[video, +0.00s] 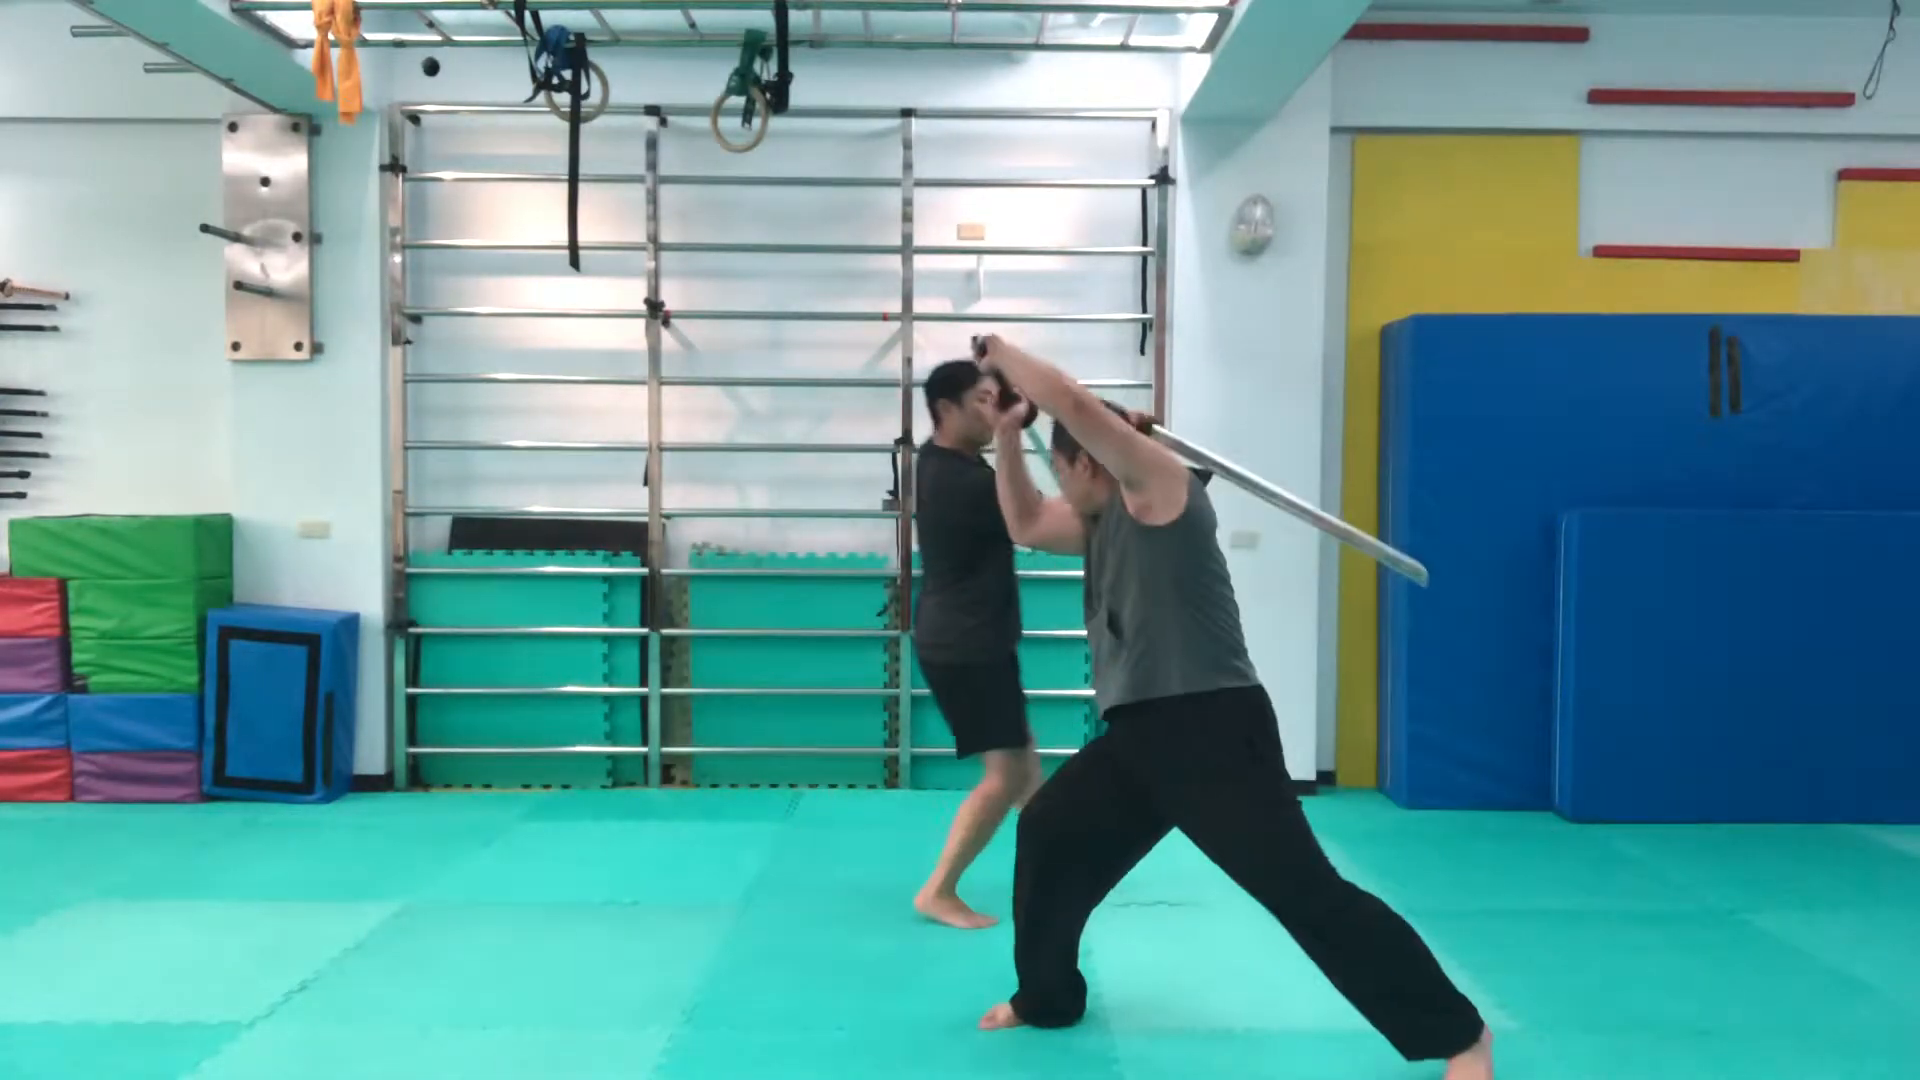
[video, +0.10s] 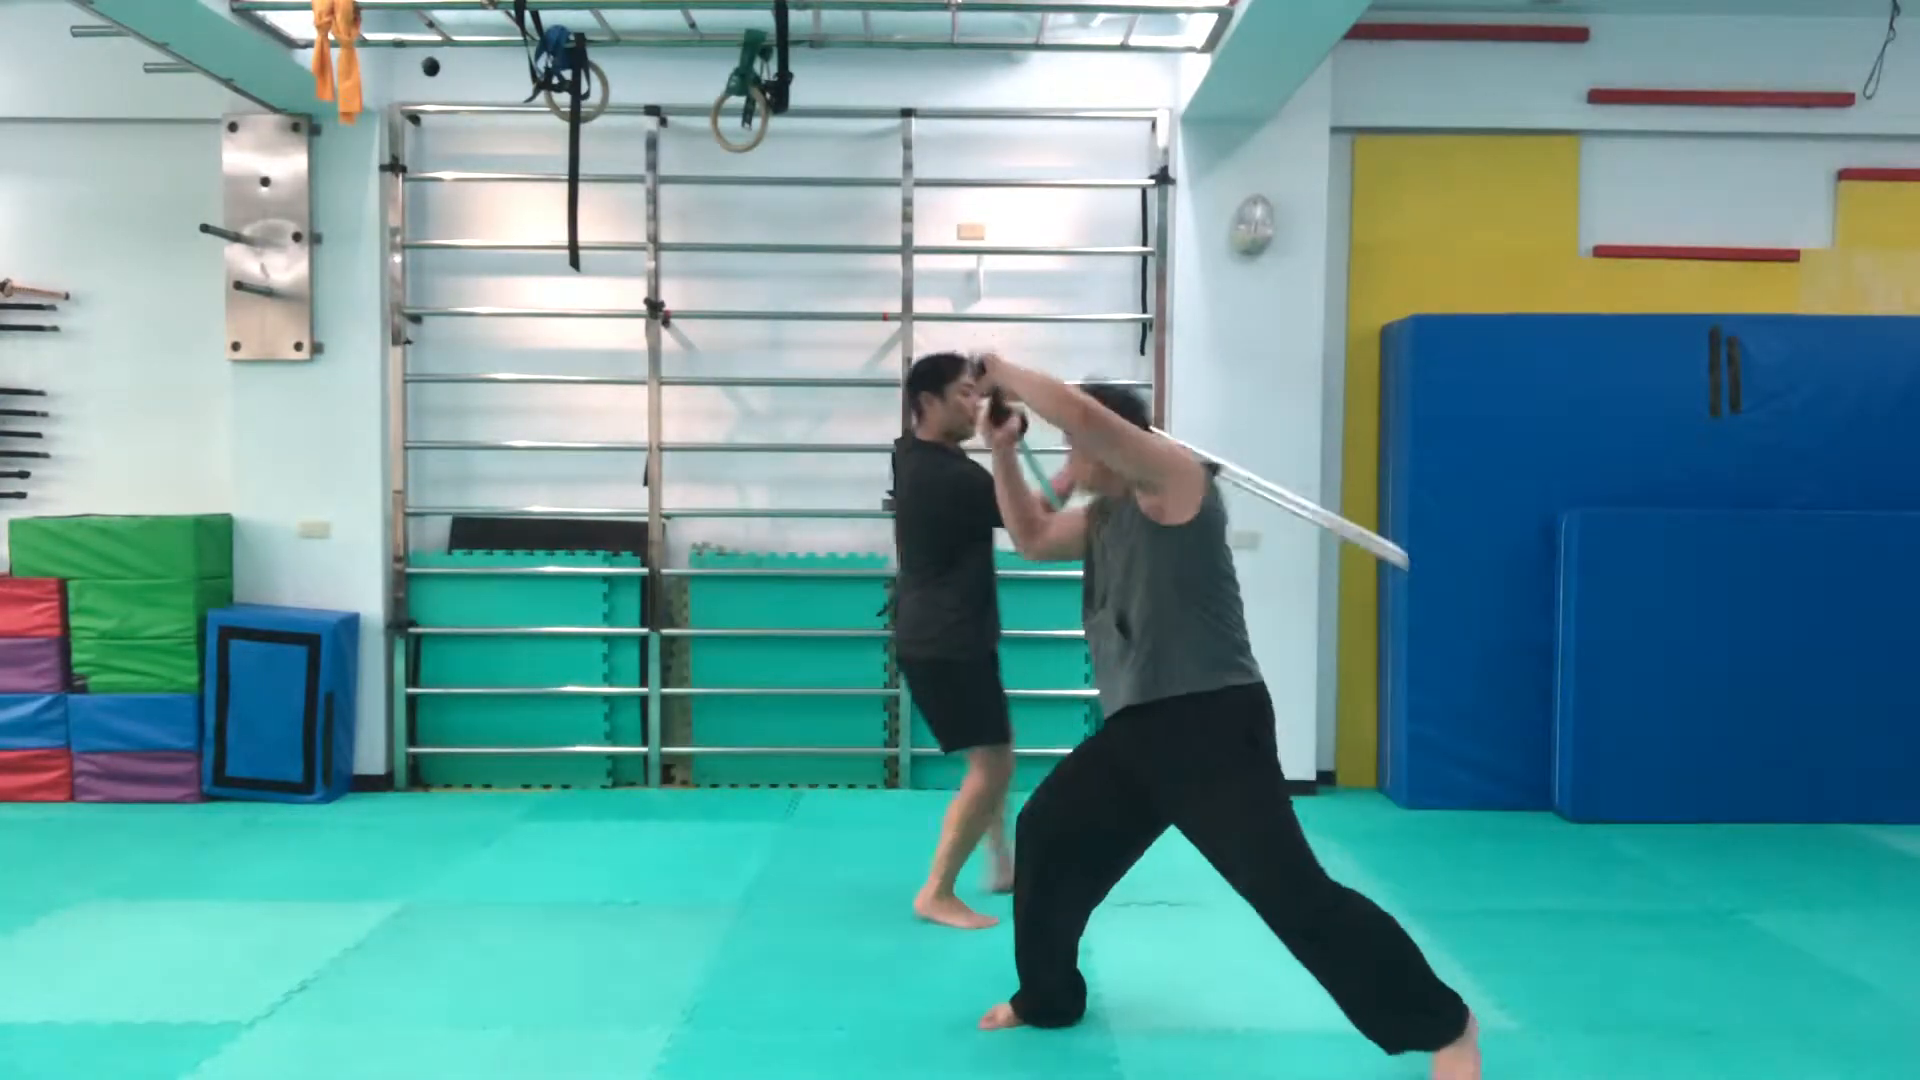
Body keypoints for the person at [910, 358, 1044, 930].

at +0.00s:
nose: (995, 413)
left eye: (996, 402)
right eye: (984, 403)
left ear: (948, 413)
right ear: (948, 411)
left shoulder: (936, 464)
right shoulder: (968, 480)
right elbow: (1041, 523)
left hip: (965, 640)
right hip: (970, 646)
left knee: (1027, 772)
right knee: (1008, 774)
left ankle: (1055, 885)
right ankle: (938, 891)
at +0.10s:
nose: (978, 406)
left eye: (978, 393)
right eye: (966, 394)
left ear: (927, 405)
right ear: (928, 403)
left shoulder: (911, 458)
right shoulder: (957, 476)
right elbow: (1028, 518)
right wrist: (1073, 472)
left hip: (925, 637)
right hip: (953, 643)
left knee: (992, 753)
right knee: (991, 763)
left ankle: (1004, 863)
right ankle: (936, 893)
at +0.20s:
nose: (958, 400)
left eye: (955, 388)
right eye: (945, 390)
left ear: (908, 401)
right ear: (910, 399)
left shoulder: (887, 454)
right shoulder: (931, 472)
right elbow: (1007, 504)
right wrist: (1055, 465)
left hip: (899, 636)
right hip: (935, 640)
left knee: (952, 749)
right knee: (976, 762)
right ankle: (935, 895)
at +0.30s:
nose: (928, 400)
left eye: (926, 388)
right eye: (916, 390)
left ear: (879, 401)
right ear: (882, 399)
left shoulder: (858, 455)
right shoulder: (904, 467)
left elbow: (906, 480)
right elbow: (993, 505)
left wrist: (939, 439)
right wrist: (1037, 456)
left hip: (874, 636)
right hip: (914, 640)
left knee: (912, 744)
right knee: (957, 760)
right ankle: (934, 898)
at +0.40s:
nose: (899, 400)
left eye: (897, 390)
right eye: (887, 391)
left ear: (853, 404)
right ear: (854, 400)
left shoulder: (828, 467)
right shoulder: (876, 474)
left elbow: (869, 518)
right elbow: (961, 523)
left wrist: (920, 490)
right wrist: (997, 485)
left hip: (846, 640)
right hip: (889, 644)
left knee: (856, 748)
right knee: (937, 760)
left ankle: (748, 841)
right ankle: (933, 898)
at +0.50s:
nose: (869, 405)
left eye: (867, 394)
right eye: (857, 396)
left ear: (822, 408)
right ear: (824, 405)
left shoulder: (792, 474)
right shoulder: (841, 478)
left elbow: (811, 563)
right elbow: (893, 559)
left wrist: (892, 545)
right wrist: (951, 529)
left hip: (806, 651)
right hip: (851, 654)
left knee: (786, 765)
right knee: (908, 762)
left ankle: (703, 877)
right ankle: (932, 898)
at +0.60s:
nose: (841, 407)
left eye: (839, 395)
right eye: (830, 398)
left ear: (796, 408)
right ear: (794, 408)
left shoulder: (765, 471)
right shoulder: (803, 476)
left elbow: (777, 573)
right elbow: (836, 566)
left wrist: (845, 589)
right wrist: (896, 559)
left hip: (758, 655)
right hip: (800, 658)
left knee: (760, 769)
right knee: (864, 770)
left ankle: (697, 889)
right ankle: (921, 895)